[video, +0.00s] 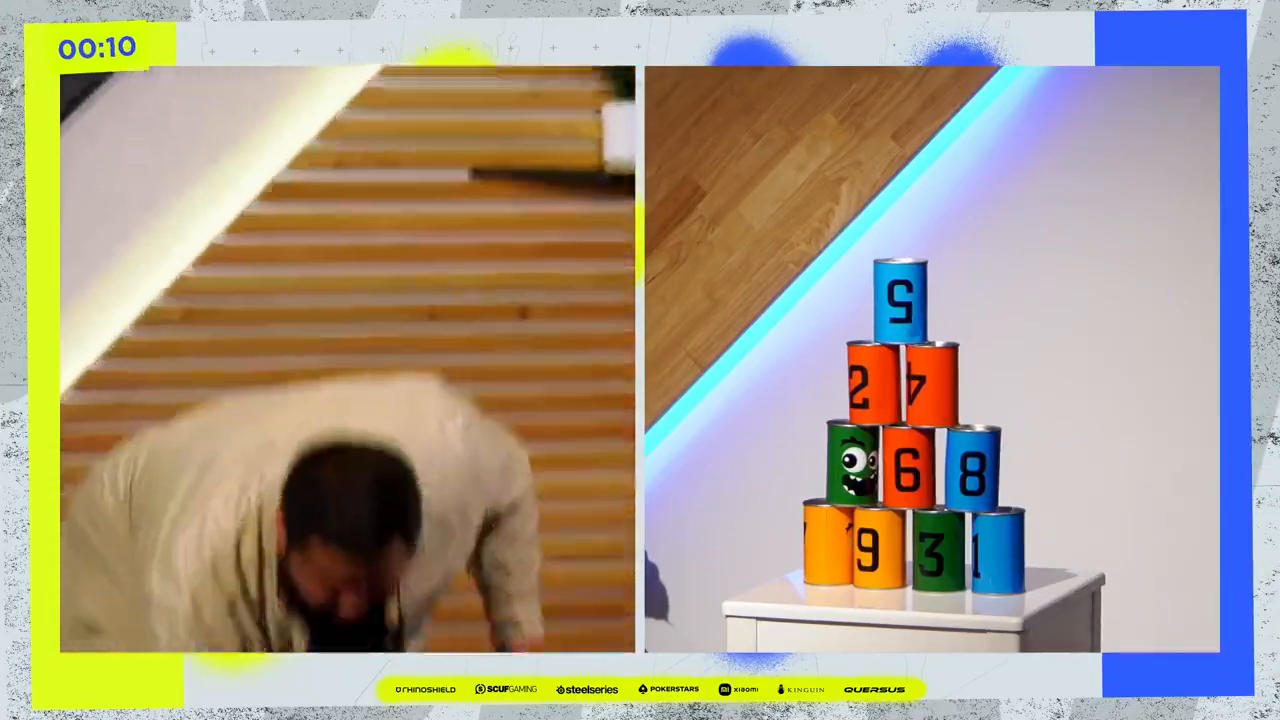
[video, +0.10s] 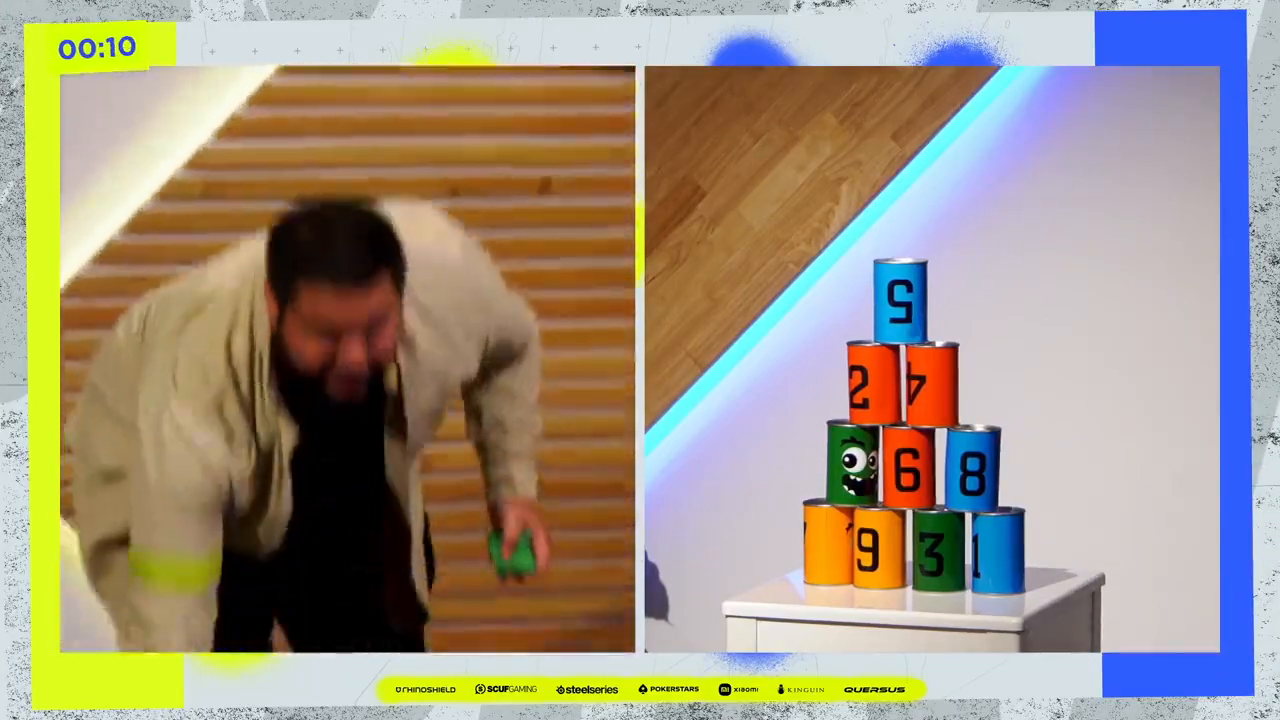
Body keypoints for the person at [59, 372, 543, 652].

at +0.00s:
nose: (350, 608)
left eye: (371, 587)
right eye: (331, 589)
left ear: (410, 541)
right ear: (283, 534)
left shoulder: (461, 450)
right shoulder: (204, 558)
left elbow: (508, 490)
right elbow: (204, 697)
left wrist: (522, 640)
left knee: (374, 693)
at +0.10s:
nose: (353, 359)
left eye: (373, 331)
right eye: (325, 336)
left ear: (400, 297)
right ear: (276, 310)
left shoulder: (444, 273)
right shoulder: (192, 386)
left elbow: (508, 350)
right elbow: (170, 612)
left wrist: (513, 487)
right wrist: (172, 711)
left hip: (351, 452)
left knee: (378, 658)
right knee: (213, 677)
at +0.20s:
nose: (360, 156)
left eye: (377, 123)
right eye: (329, 130)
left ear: (398, 108)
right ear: (273, 123)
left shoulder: (445, 153)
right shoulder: (190, 252)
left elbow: (502, 260)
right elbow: (152, 485)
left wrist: (497, 392)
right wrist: (173, 679)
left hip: (371, 497)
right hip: (236, 506)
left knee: (360, 695)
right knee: (236, 696)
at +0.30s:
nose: (366, 64)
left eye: (382, 34)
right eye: (334, 38)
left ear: (406, 41)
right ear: (275, 47)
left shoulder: (434, 114)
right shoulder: (204, 178)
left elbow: (482, 239)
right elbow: (143, 412)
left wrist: (480, 365)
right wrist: (160, 625)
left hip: (372, 490)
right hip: (253, 506)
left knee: (362, 698)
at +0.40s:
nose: (353, 86)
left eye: (371, 63)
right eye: (322, 63)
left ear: (392, 71)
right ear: (265, 66)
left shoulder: (410, 159)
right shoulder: (197, 215)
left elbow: (454, 299)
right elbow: (136, 443)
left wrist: (467, 410)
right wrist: (157, 653)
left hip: (367, 568)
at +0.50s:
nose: (337, 121)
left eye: (353, 95)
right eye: (307, 96)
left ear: (369, 102)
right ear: (249, 106)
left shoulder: (380, 213)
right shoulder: (178, 264)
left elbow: (431, 352)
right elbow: (126, 478)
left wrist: (462, 452)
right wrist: (155, 664)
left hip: (363, 611)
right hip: (242, 633)